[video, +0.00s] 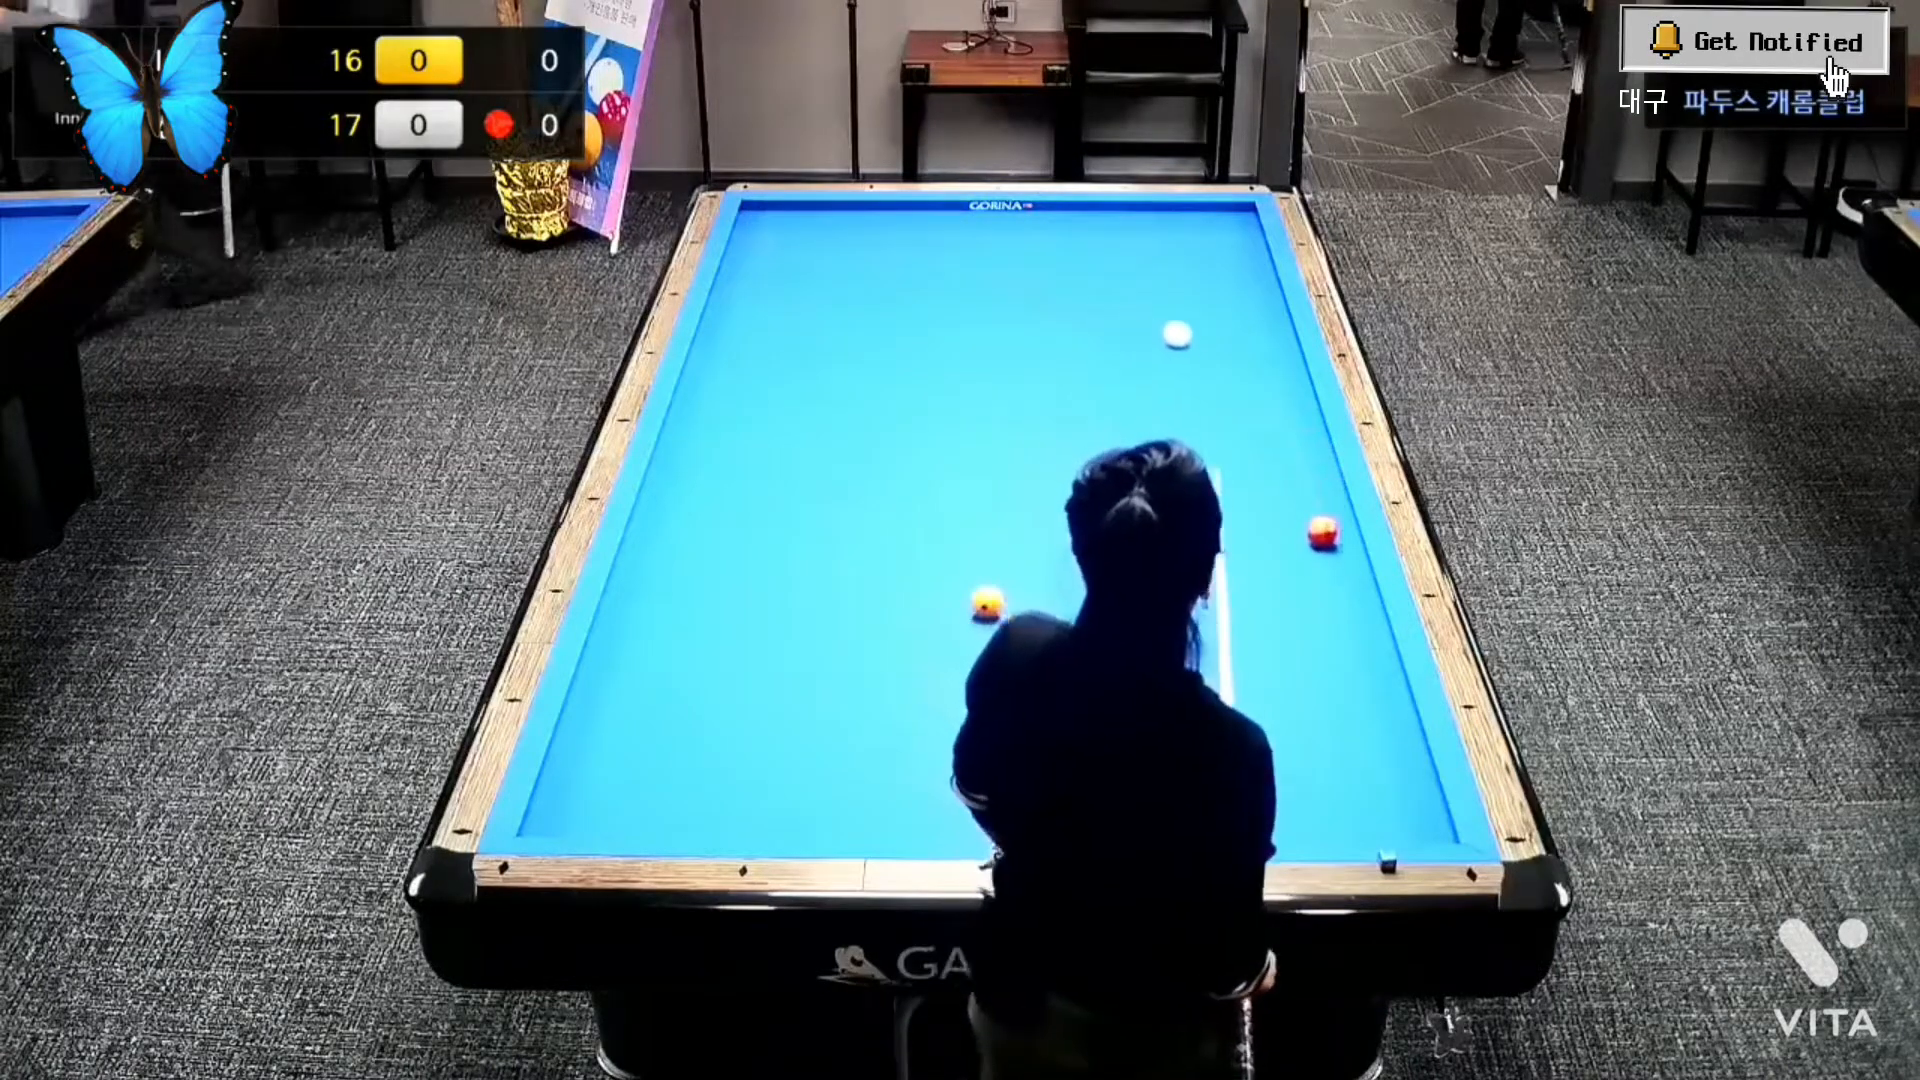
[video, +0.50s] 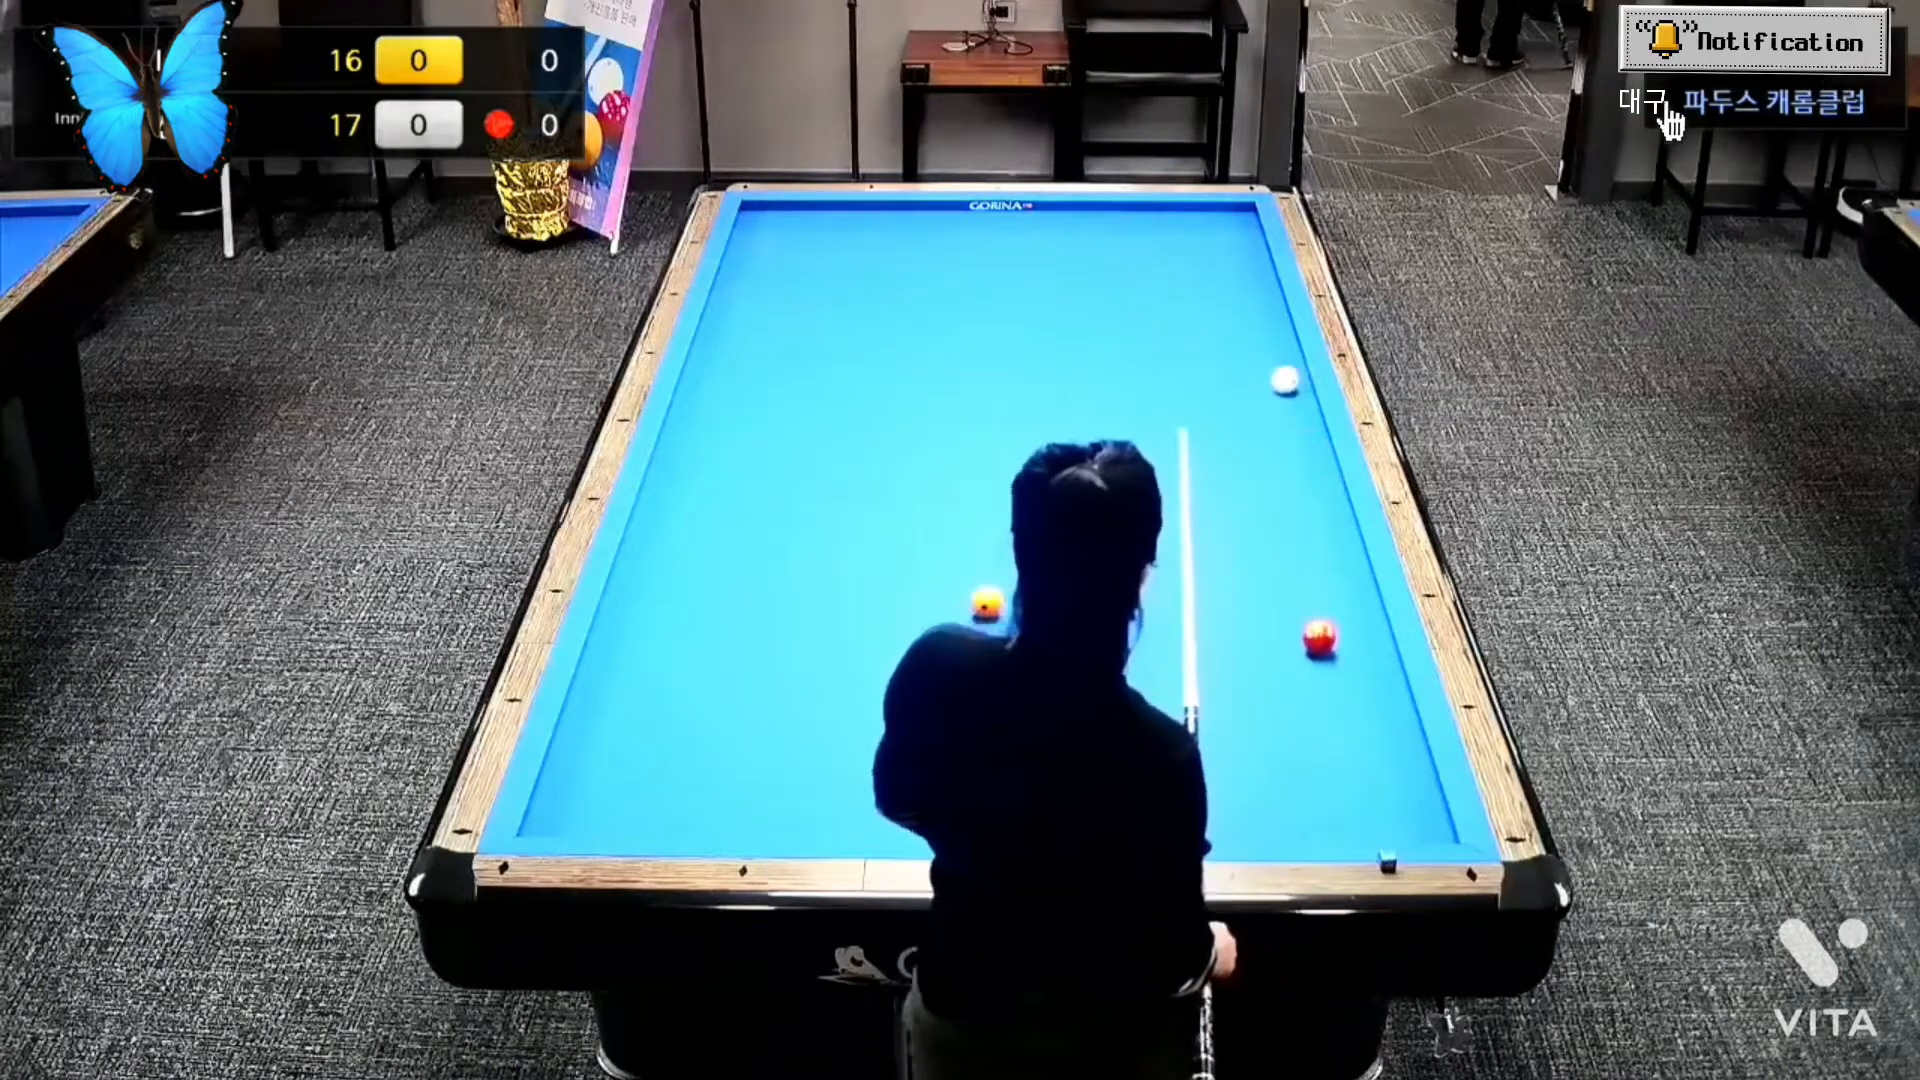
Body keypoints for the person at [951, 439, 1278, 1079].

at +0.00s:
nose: (1216, 562)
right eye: (1212, 548)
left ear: (1081, 556)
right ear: (1204, 570)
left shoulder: (1019, 651)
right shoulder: (1234, 749)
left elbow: (974, 779)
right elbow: (1226, 954)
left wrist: (1032, 853)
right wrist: (1254, 969)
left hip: (1025, 1008)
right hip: (1173, 1027)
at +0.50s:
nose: (1145, 575)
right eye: (1145, 559)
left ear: (1021, 555)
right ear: (1137, 573)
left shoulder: (941, 666)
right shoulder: (1163, 754)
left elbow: (898, 796)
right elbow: (1169, 946)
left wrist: (986, 841)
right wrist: (1211, 951)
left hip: (959, 1025)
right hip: (1117, 1032)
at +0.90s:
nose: (1069, 580)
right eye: (1069, 564)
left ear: (944, 550)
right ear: (1059, 580)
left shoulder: (856, 661)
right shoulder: (1083, 745)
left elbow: (807, 805)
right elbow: (1100, 938)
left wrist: (902, 839)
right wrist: (1128, 938)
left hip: (887, 1013)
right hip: (1040, 1021)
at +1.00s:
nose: (1053, 584)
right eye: (1054, 567)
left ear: (929, 552)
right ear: (1044, 582)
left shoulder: (842, 662)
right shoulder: (1068, 746)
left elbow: (794, 803)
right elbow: (1094, 941)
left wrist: (889, 834)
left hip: (872, 1013)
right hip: (1021, 1024)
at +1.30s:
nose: (1021, 591)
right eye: (1021, 573)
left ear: (898, 554)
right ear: (1011, 589)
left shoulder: (805, 669)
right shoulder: (1039, 743)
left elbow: (765, 817)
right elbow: (1076, 934)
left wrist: (866, 811)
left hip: (847, 1013)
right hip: (1004, 1018)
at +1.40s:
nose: (1011, 595)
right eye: (1012, 579)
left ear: (891, 559)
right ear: (1000, 595)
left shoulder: (794, 671)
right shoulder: (1031, 741)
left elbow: (756, 821)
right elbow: (1074, 930)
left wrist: (851, 801)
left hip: (841, 1015)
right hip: (999, 1018)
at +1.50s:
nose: (1006, 599)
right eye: (1007, 584)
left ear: (887, 562)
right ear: (998, 598)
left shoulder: (791, 673)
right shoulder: (1028, 741)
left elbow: (752, 823)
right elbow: (1072, 931)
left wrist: (851, 803)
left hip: (838, 1019)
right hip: (996, 1020)